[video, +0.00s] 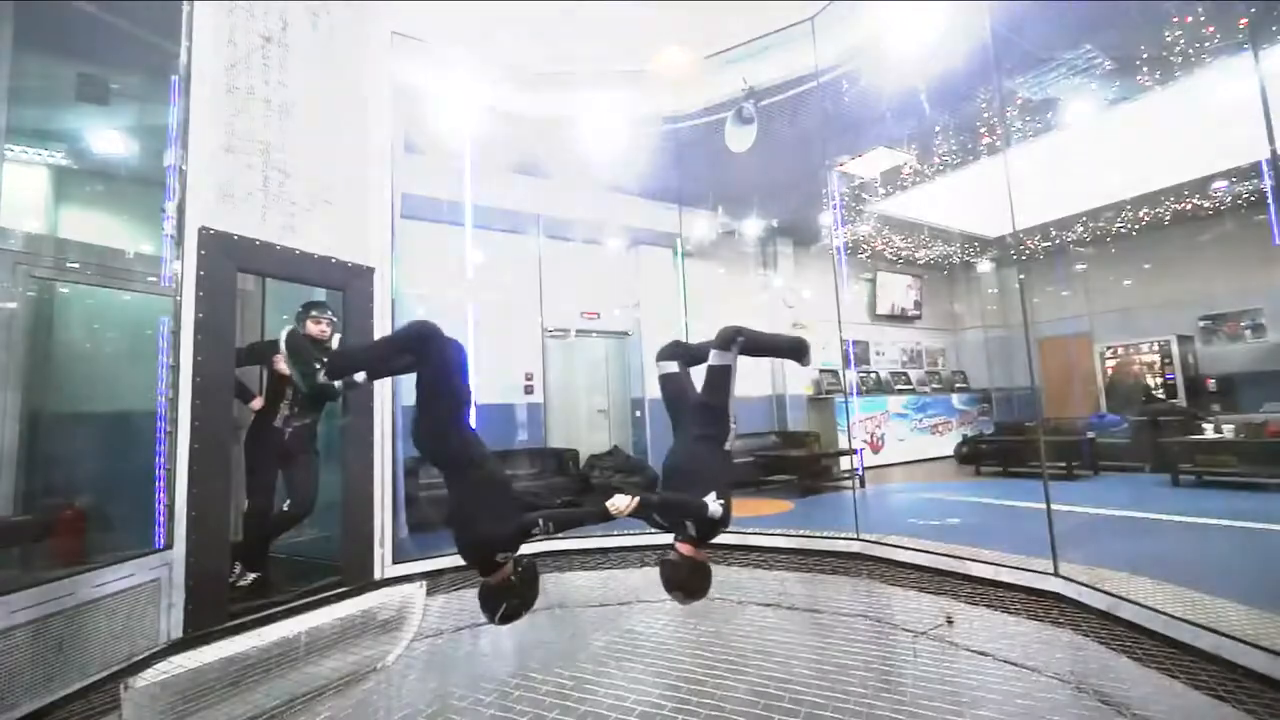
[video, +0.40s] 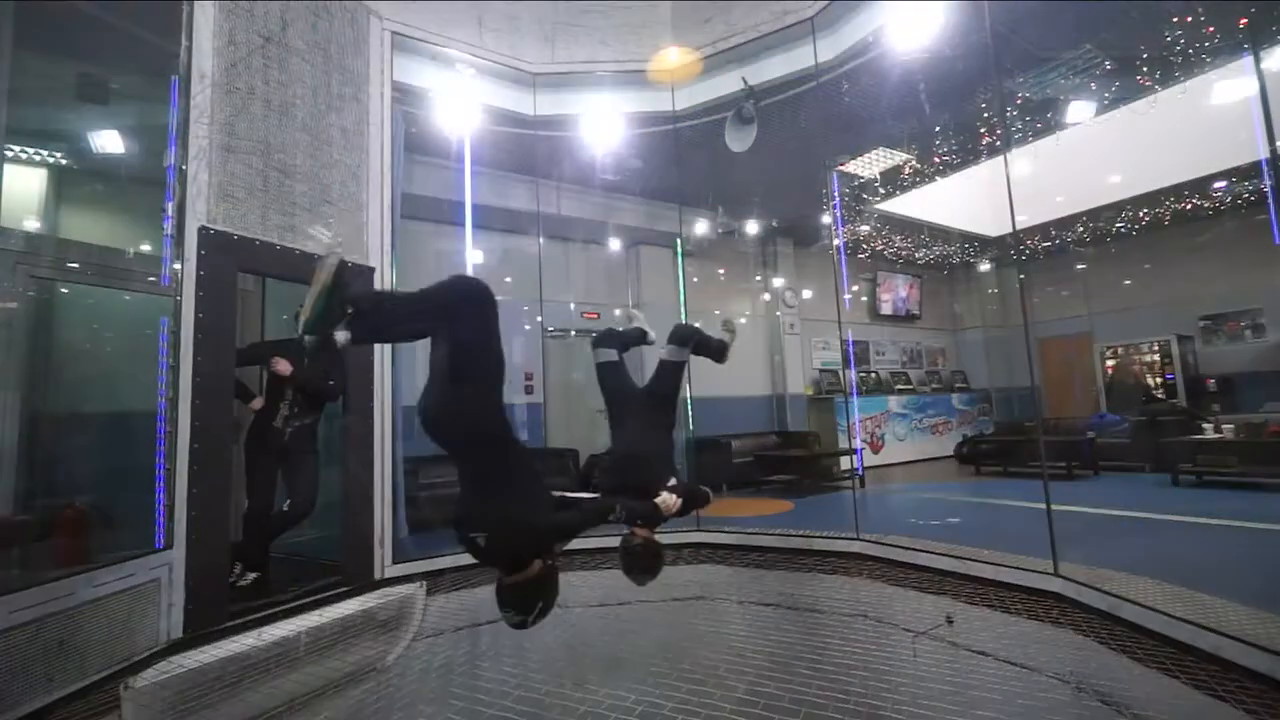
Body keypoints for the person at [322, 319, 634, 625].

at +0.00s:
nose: (498, 578)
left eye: (502, 580)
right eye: (506, 580)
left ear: (503, 577)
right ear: (509, 575)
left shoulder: (489, 548)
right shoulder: (486, 546)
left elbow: (552, 521)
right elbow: (547, 515)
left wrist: (605, 512)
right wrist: (598, 507)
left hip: (444, 439)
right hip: (450, 437)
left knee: (426, 334)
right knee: (437, 347)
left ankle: (335, 363)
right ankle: (351, 372)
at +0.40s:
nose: (509, 594)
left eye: (514, 597)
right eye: (518, 599)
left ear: (533, 572)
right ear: (533, 578)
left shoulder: (534, 536)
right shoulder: (487, 545)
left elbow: (598, 511)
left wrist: (653, 510)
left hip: (469, 419)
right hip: (444, 418)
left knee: (470, 294)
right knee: (447, 314)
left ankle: (352, 306)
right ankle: (344, 328)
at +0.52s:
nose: (545, 582)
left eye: (535, 593)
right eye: (553, 590)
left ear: (523, 582)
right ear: (564, 577)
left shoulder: (489, 537)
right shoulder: (565, 532)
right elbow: (622, 510)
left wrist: (662, 495)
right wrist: (664, 496)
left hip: (460, 413)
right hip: (508, 405)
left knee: (442, 307)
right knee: (500, 280)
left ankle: (344, 323)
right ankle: (378, 296)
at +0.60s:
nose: (548, 582)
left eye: (543, 593)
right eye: (556, 592)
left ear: (541, 578)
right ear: (575, 576)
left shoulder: (519, 546)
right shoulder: (578, 534)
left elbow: (483, 516)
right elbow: (631, 509)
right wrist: (669, 489)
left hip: (482, 419)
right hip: (529, 400)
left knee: (450, 293)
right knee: (523, 271)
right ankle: (400, 295)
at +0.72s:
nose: (586, 576)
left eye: (575, 587)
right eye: (596, 585)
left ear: (558, 573)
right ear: (604, 569)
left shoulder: (524, 528)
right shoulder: (618, 522)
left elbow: (472, 492)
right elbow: (678, 486)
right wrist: (676, 471)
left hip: (513, 412)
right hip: (573, 403)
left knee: (466, 289)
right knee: (565, 257)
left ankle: (385, 299)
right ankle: (469, 275)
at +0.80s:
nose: (591, 571)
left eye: (587, 589)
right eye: (601, 590)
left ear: (575, 570)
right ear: (615, 566)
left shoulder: (546, 528)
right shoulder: (635, 516)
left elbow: (496, 487)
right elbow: (683, 478)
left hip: (530, 398)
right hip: (592, 393)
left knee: (494, 273)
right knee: (596, 244)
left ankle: (425, 292)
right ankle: (520, 255)